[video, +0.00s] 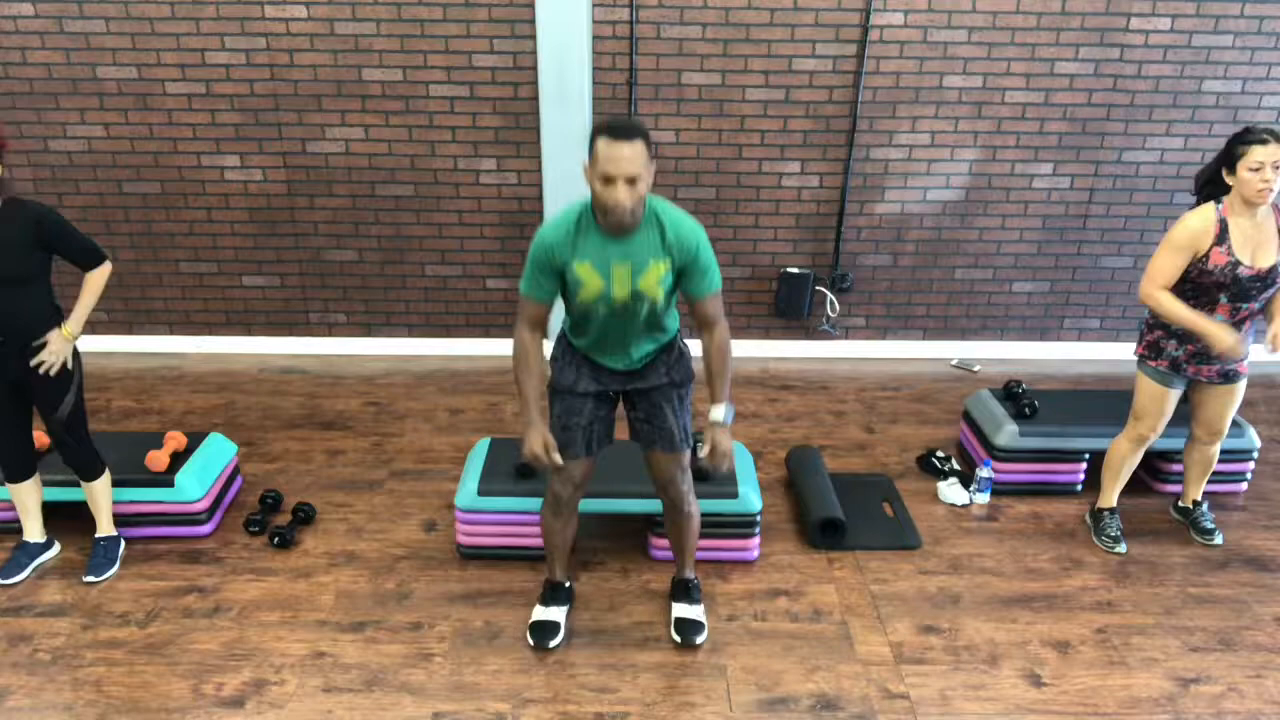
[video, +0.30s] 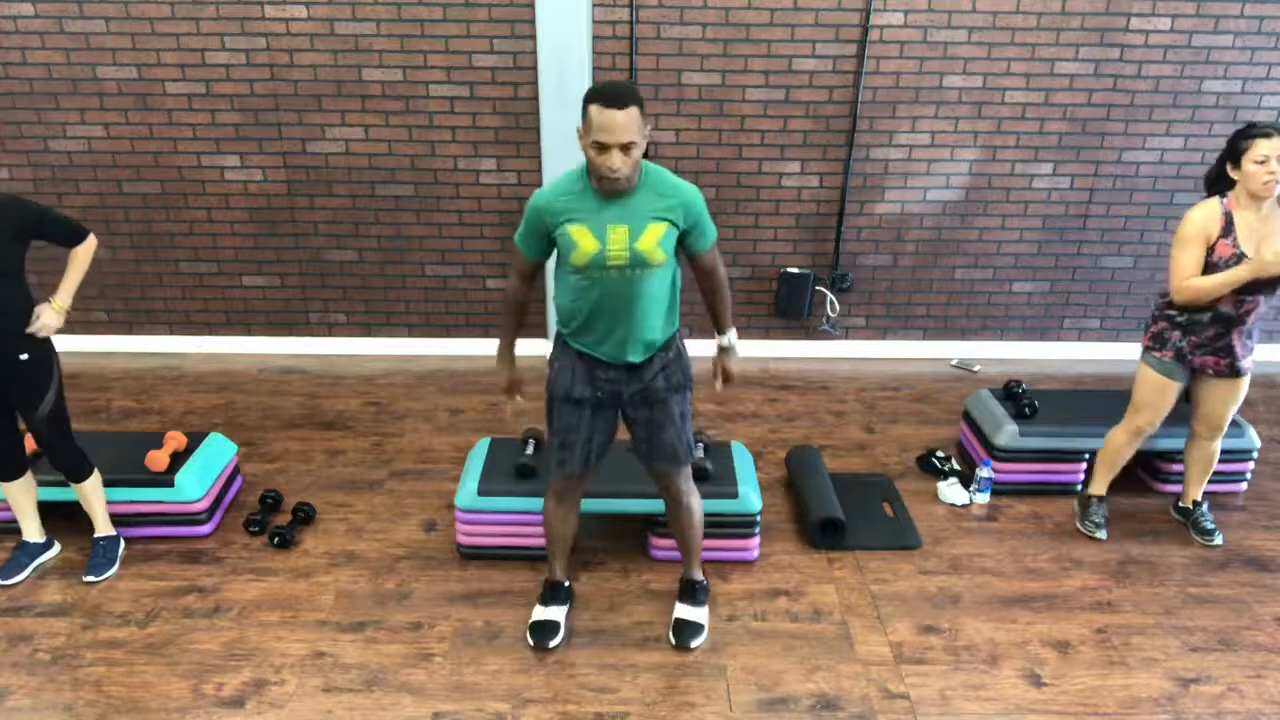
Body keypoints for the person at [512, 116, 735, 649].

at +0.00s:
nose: (621, 195)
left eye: (633, 181)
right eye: (608, 181)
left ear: (650, 176)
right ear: (589, 175)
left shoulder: (683, 237)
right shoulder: (555, 240)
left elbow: (714, 326)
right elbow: (529, 329)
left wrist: (718, 417)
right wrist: (533, 421)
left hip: (658, 360)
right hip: (582, 361)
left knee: (674, 480)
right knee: (564, 481)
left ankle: (686, 582)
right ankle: (556, 586)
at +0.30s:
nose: (615, 162)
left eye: (627, 148)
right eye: (602, 148)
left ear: (645, 140)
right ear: (582, 140)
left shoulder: (681, 200)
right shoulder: (549, 205)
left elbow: (710, 269)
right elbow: (522, 280)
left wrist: (727, 340)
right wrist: (506, 356)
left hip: (657, 364)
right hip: (578, 363)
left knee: (676, 480)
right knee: (564, 481)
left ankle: (694, 582)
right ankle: (556, 586)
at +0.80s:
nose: (623, 228)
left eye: (634, 213)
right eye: (609, 215)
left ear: (649, 194)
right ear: (588, 197)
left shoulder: (685, 235)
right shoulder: (554, 246)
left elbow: (704, 326)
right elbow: (542, 331)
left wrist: (694, 411)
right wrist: (554, 417)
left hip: (663, 363)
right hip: (587, 365)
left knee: (679, 477)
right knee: (567, 483)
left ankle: (694, 582)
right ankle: (555, 585)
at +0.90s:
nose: (621, 291)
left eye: (632, 276)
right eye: (608, 276)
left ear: (649, 257)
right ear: (589, 260)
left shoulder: (681, 286)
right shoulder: (561, 296)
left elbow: (704, 376)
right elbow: (553, 384)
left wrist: (681, 442)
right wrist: (577, 442)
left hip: (660, 386)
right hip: (588, 389)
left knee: (687, 487)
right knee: (562, 495)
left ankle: (696, 585)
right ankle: (555, 587)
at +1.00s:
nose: (621, 354)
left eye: (633, 339)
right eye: (608, 340)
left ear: (649, 321)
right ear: (591, 323)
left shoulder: (680, 341)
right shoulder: (565, 350)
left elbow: (699, 435)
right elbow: (560, 452)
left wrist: (678, 463)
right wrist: (583, 468)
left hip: (659, 413)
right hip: (591, 413)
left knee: (688, 499)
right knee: (558, 505)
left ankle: (695, 586)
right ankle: (554, 589)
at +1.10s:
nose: (622, 400)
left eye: (633, 386)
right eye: (610, 387)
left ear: (650, 364)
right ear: (592, 367)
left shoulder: (682, 387)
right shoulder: (565, 393)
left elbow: (696, 488)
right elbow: (563, 499)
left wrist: (672, 483)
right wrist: (586, 484)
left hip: (659, 449)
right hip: (590, 448)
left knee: (691, 511)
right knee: (555, 517)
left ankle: (696, 588)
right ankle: (554, 591)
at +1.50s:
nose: (626, 357)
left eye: (637, 343)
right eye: (613, 342)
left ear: (655, 333)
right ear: (594, 331)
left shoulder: (681, 371)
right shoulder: (565, 374)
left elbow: (708, 473)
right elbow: (547, 474)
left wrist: (682, 477)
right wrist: (580, 476)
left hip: (660, 437)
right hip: (590, 440)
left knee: (686, 513)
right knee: (559, 513)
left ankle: (696, 590)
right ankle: (554, 591)